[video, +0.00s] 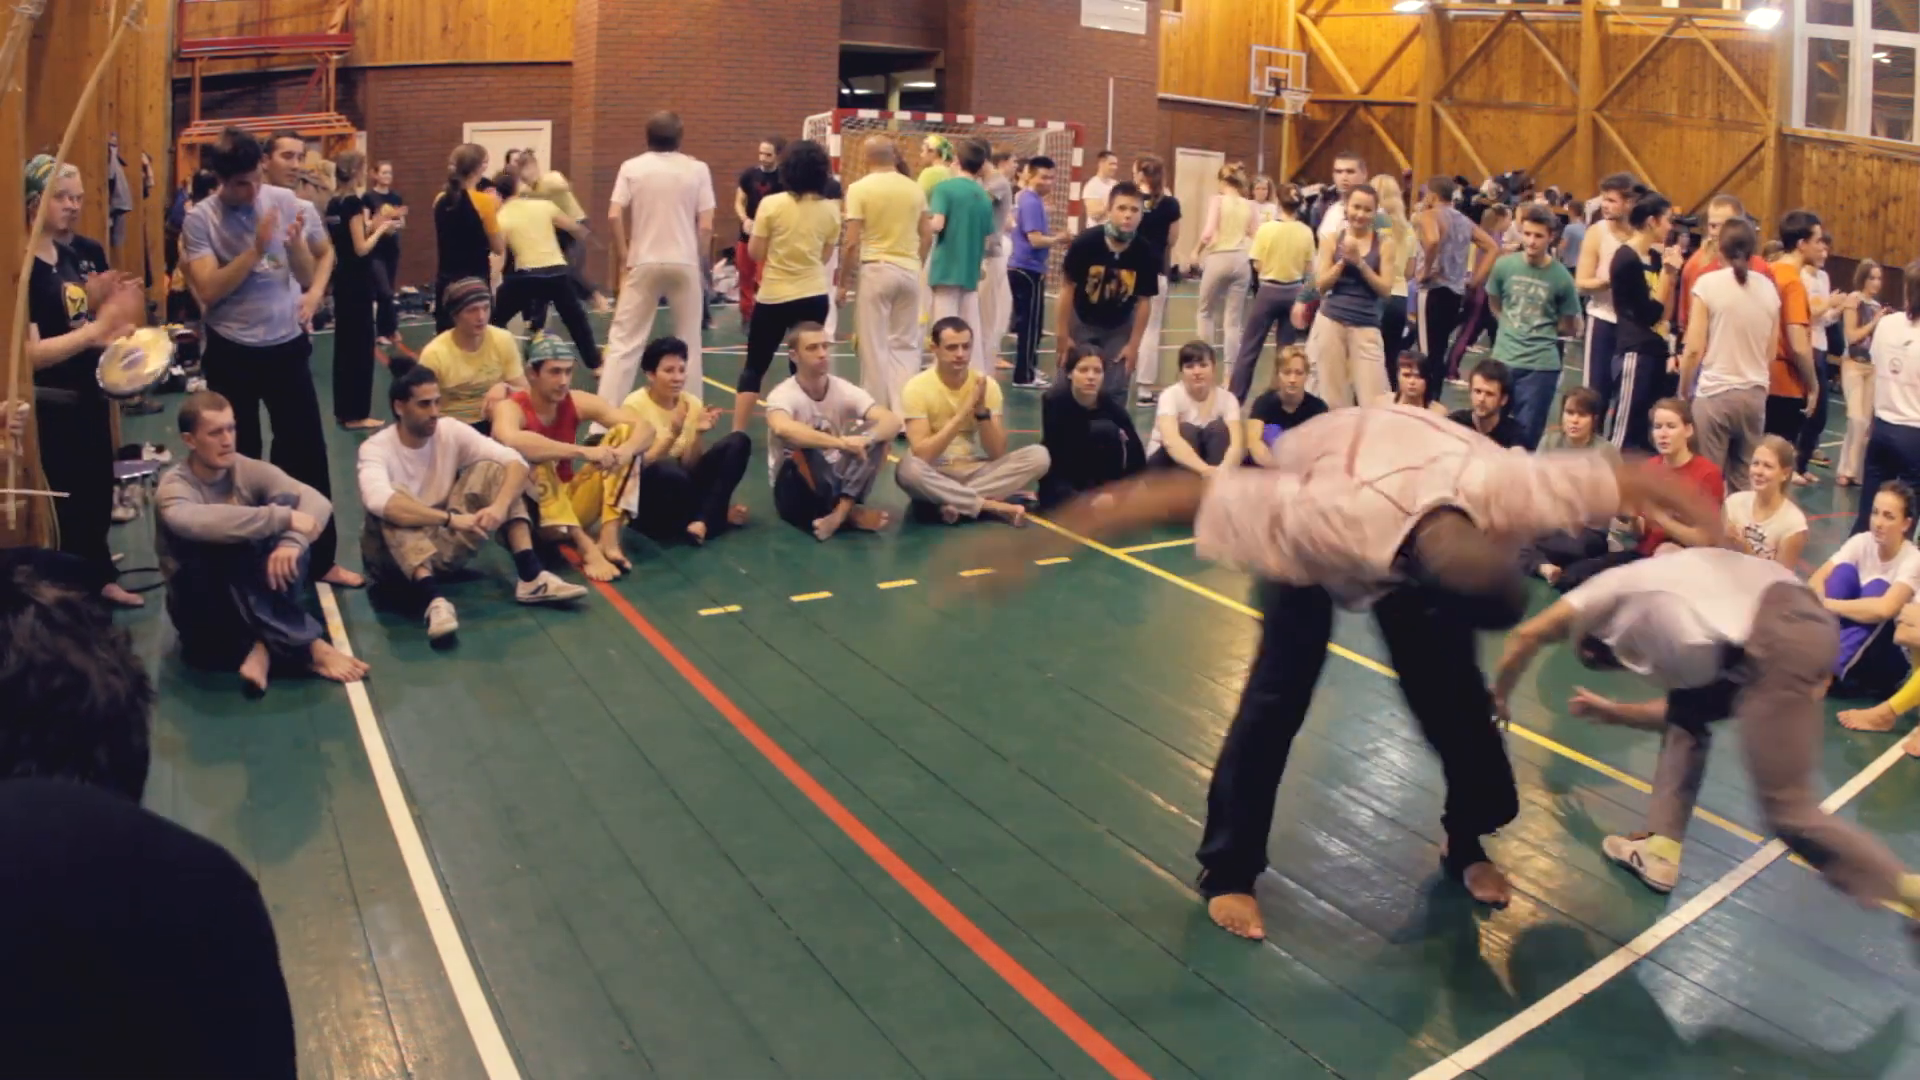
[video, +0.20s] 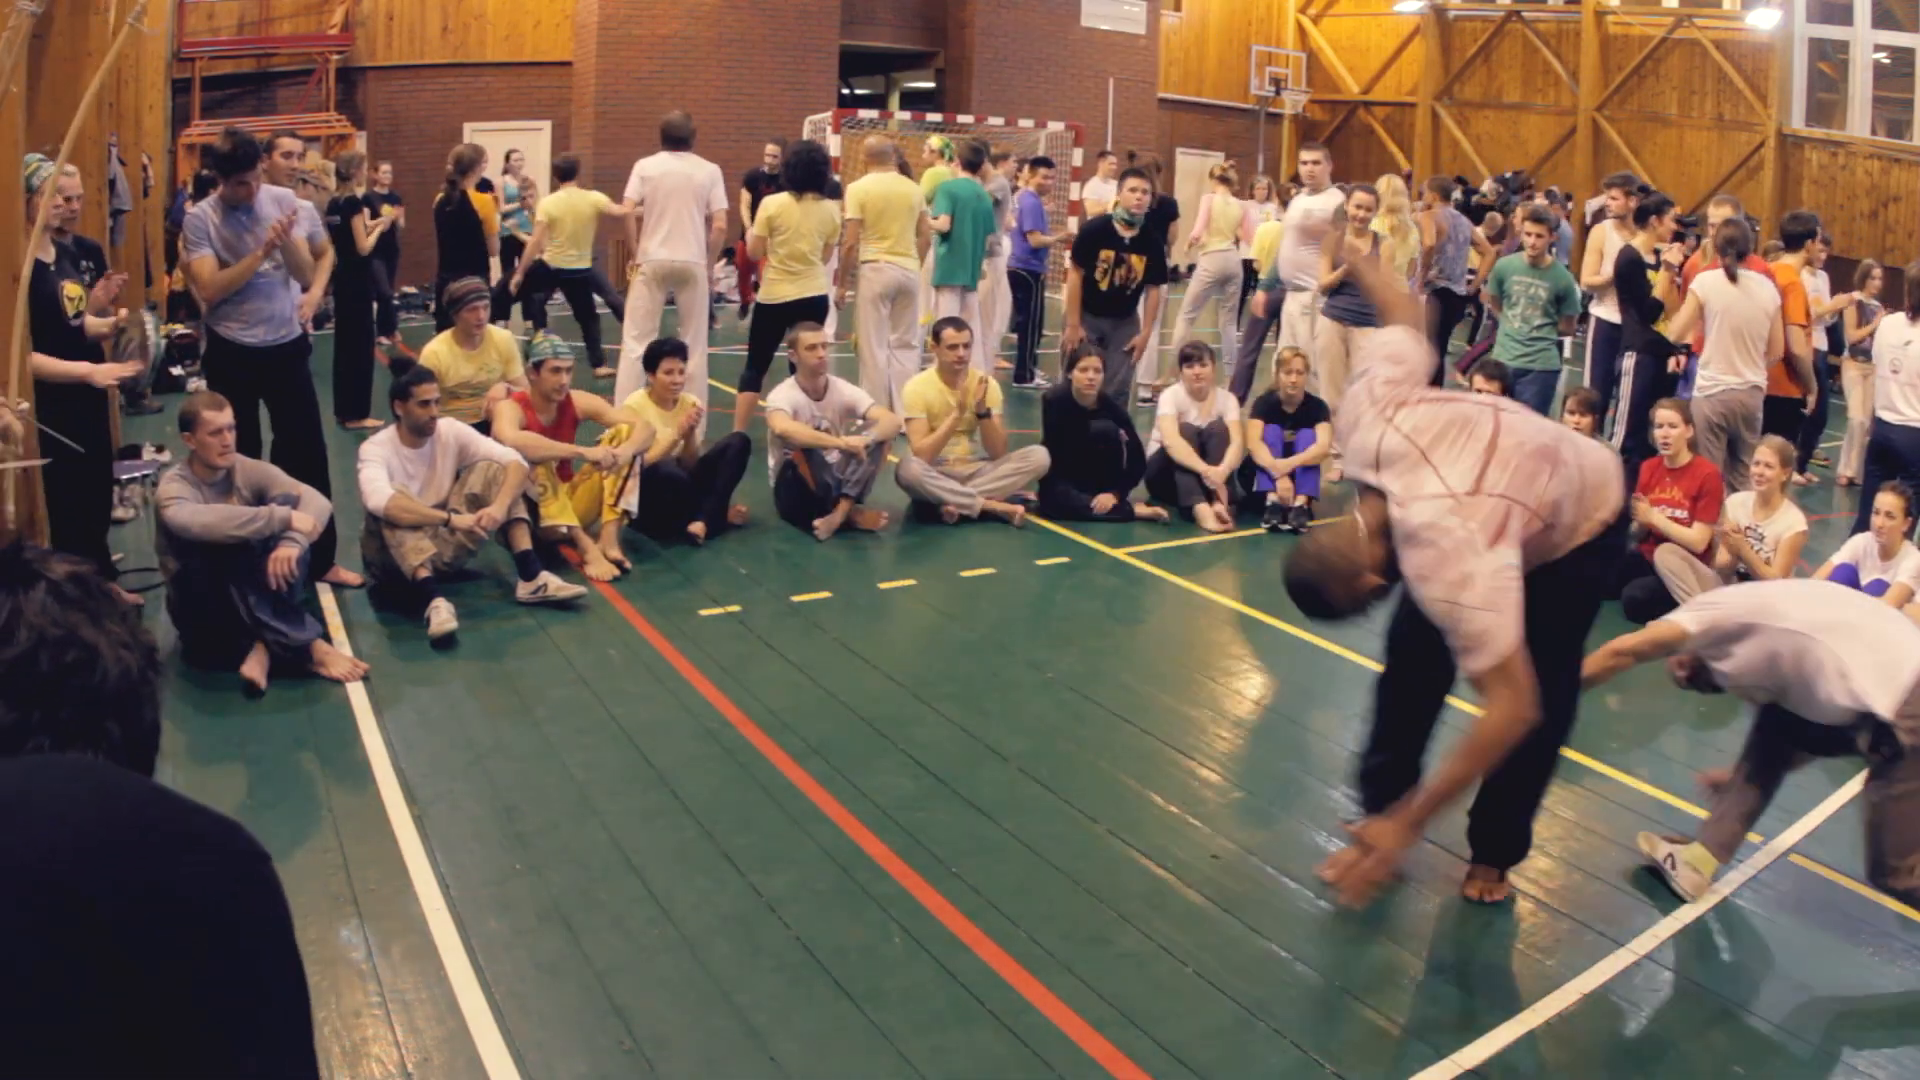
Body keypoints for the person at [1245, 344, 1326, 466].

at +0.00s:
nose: (1292, 380)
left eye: (1298, 373)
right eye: (1287, 373)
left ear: (1306, 376)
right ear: (1278, 375)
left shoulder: (1318, 407)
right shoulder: (1264, 403)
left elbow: (1325, 445)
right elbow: (1253, 442)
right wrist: (1277, 468)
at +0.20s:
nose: (1293, 379)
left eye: (1299, 373)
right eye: (1288, 373)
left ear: (1306, 376)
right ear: (1277, 375)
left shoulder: (1317, 406)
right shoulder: (1263, 403)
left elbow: (1324, 447)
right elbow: (1253, 442)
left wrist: (1287, 465)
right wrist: (1280, 477)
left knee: (1307, 435)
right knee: (1272, 431)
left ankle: (1301, 500)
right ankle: (1272, 498)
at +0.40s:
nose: (1294, 379)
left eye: (1300, 374)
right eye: (1289, 373)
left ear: (1307, 377)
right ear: (1278, 375)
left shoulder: (1317, 406)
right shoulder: (1263, 402)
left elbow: (1324, 447)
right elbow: (1253, 442)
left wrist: (1287, 465)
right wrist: (1280, 477)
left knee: (1307, 434)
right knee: (1272, 430)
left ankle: (1302, 500)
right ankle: (1272, 498)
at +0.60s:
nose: (1295, 380)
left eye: (1300, 374)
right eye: (1289, 373)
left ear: (1307, 376)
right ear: (1278, 375)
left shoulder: (1317, 406)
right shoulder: (1264, 403)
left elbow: (1324, 448)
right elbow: (1253, 443)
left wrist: (1287, 465)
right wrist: (1280, 477)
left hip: (1299, 482)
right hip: (1264, 479)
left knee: (1307, 434)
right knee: (1272, 430)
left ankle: (1301, 500)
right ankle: (1272, 499)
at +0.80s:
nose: (1295, 379)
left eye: (1301, 373)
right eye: (1289, 373)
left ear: (1307, 376)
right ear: (1278, 375)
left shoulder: (1317, 406)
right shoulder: (1264, 403)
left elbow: (1324, 448)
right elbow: (1253, 443)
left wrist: (1287, 465)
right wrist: (1280, 477)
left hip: (1300, 482)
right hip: (1264, 479)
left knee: (1307, 434)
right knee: (1272, 430)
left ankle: (1302, 500)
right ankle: (1272, 499)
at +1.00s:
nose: (1296, 379)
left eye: (1301, 373)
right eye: (1290, 372)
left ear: (1307, 376)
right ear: (1278, 374)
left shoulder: (1317, 406)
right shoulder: (1264, 403)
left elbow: (1324, 447)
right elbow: (1253, 443)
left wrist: (1287, 465)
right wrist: (1280, 477)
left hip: (1299, 482)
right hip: (1263, 479)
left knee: (1307, 434)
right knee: (1272, 430)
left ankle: (1301, 500)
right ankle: (1272, 499)